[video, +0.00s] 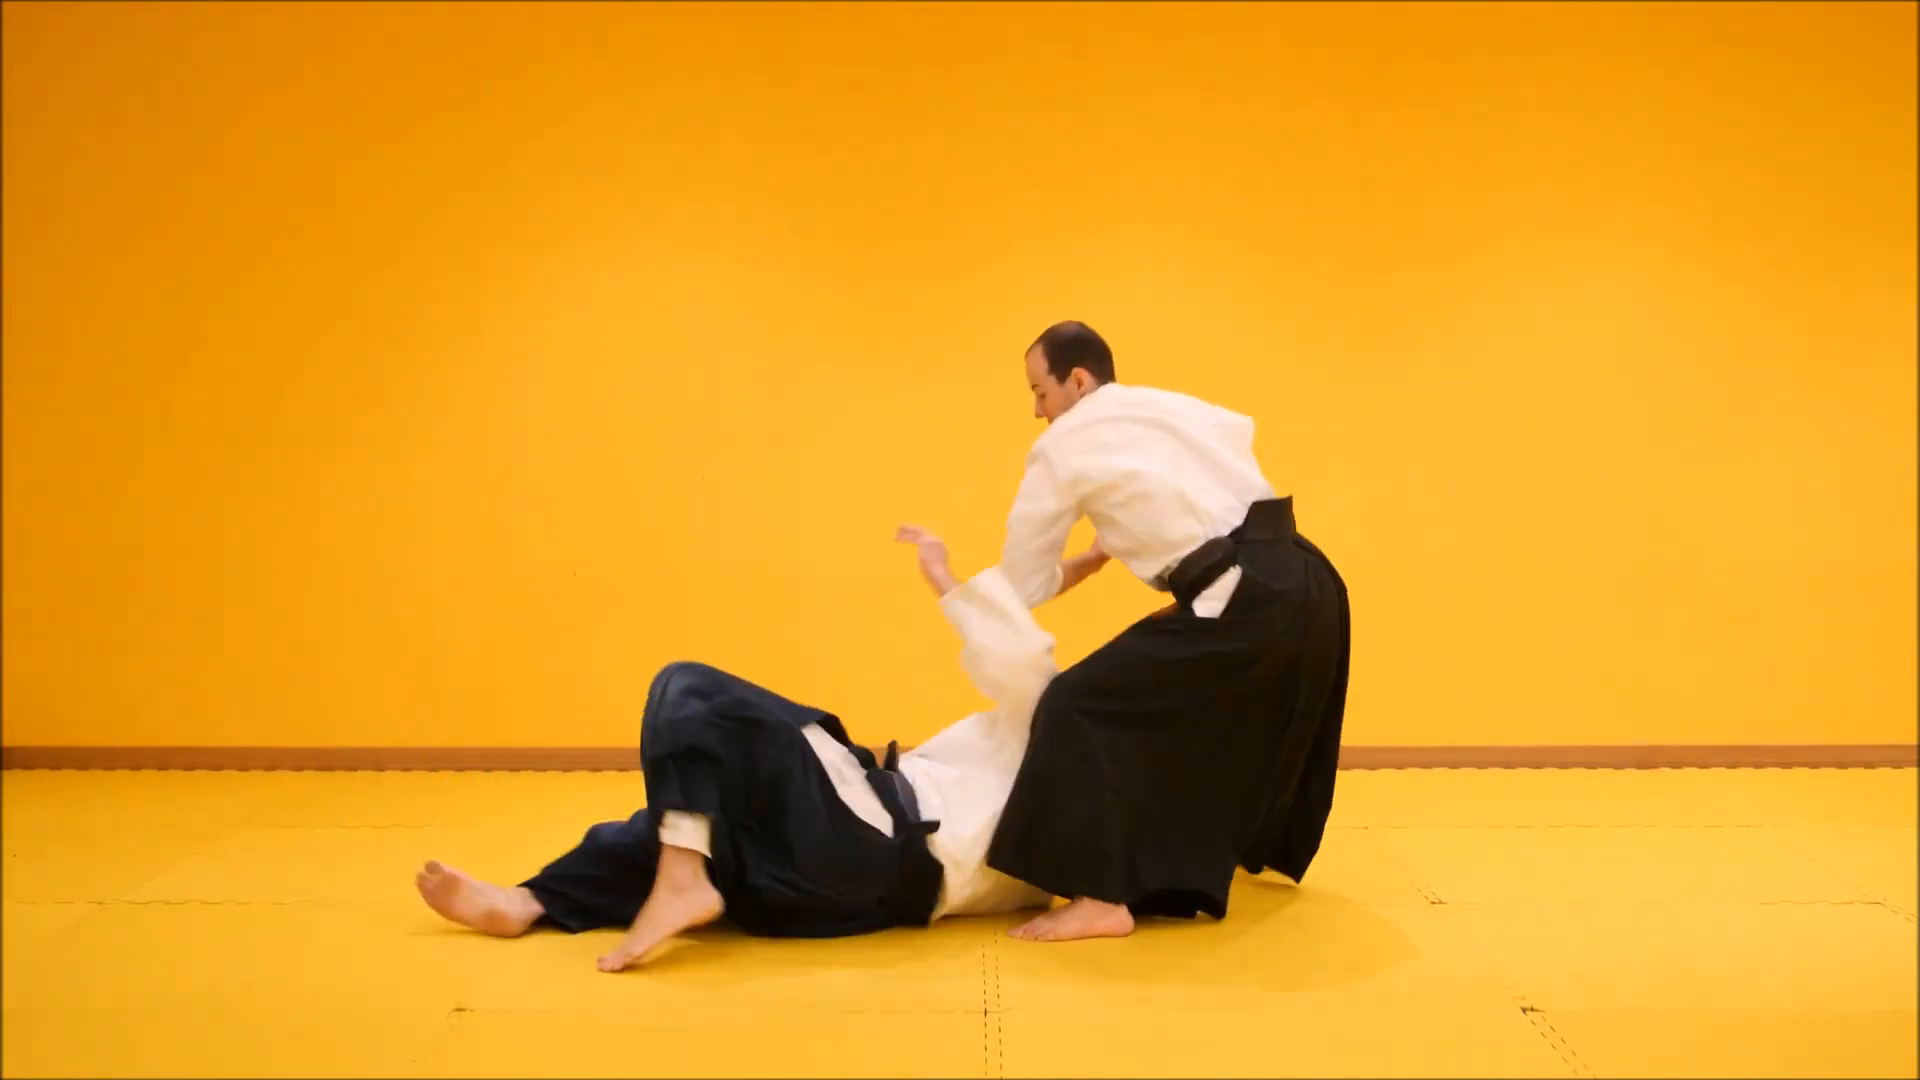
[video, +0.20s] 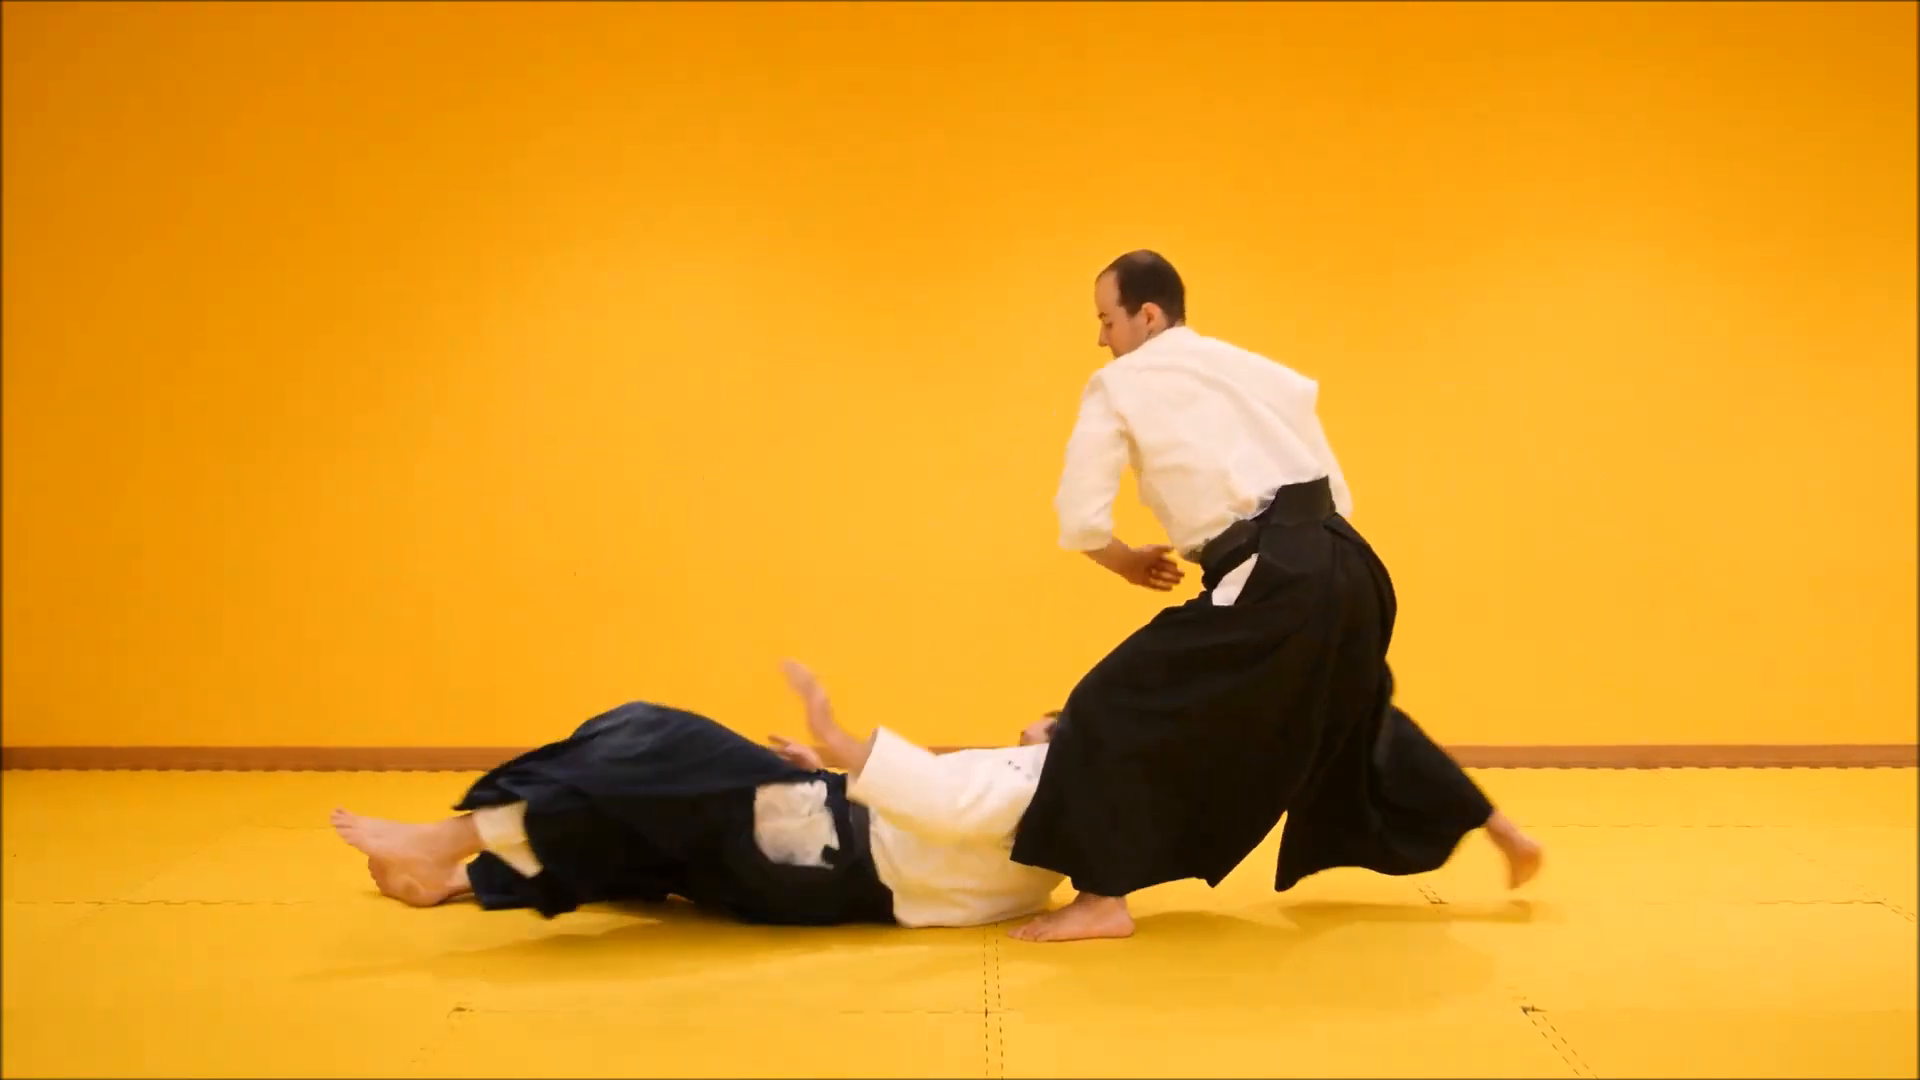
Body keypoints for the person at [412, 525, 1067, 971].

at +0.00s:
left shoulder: (1066, 738)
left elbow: (1033, 673)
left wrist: (952, 588)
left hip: (887, 844)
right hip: (846, 890)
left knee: (693, 692)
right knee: (665, 836)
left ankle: (684, 881)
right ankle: (527, 901)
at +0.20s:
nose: (1034, 725)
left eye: (1047, 724)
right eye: (1044, 720)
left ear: (1062, 739)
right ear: (1087, 760)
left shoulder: (1034, 780)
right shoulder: (1077, 833)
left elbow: (943, 799)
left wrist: (844, 744)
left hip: (838, 843)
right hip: (850, 871)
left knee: (652, 751)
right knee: (644, 825)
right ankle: (451, 872)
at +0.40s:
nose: (941, 762)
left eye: (959, 765)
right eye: (948, 748)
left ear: (1003, 782)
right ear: (964, 735)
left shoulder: (997, 859)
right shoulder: (951, 754)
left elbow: (970, 942)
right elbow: (872, 748)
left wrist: (858, 932)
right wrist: (793, 750)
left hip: (785, 854)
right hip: (776, 786)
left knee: (611, 858)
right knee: (603, 780)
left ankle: (393, 910)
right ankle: (465, 849)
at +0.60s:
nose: (844, 766)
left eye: (866, 760)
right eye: (840, 744)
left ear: (909, 751)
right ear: (836, 707)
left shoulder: (939, 818)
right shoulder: (805, 696)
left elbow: (992, 938)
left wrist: (927, 974)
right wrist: (675, 880)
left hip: (758, 876)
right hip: (722, 780)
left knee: (590, 872)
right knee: (577, 724)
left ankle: (437, 886)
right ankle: (495, 859)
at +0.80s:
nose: (843, 778)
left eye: (858, 764)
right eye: (831, 757)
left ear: (877, 750)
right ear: (787, 725)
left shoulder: (862, 786)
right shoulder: (710, 709)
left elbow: (883, 878)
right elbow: (618, 803)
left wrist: (911, 973)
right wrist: (657, 933)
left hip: (701, 860)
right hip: (634, 765)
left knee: (583, 949)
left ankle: (522, 905)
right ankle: (512, 889)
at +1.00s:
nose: (849, 667)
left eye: (861, 652)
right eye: (839, 648)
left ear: (863, 646)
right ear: (784, 624)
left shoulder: (836, 705)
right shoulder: (689, 618)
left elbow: (861, 823)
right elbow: (572, 718)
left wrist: (891, 972)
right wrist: (581, 847)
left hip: (652, 795)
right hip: (556, 731)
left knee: (562, 951)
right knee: (447, 894)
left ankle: (423, 912)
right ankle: (346, 907)